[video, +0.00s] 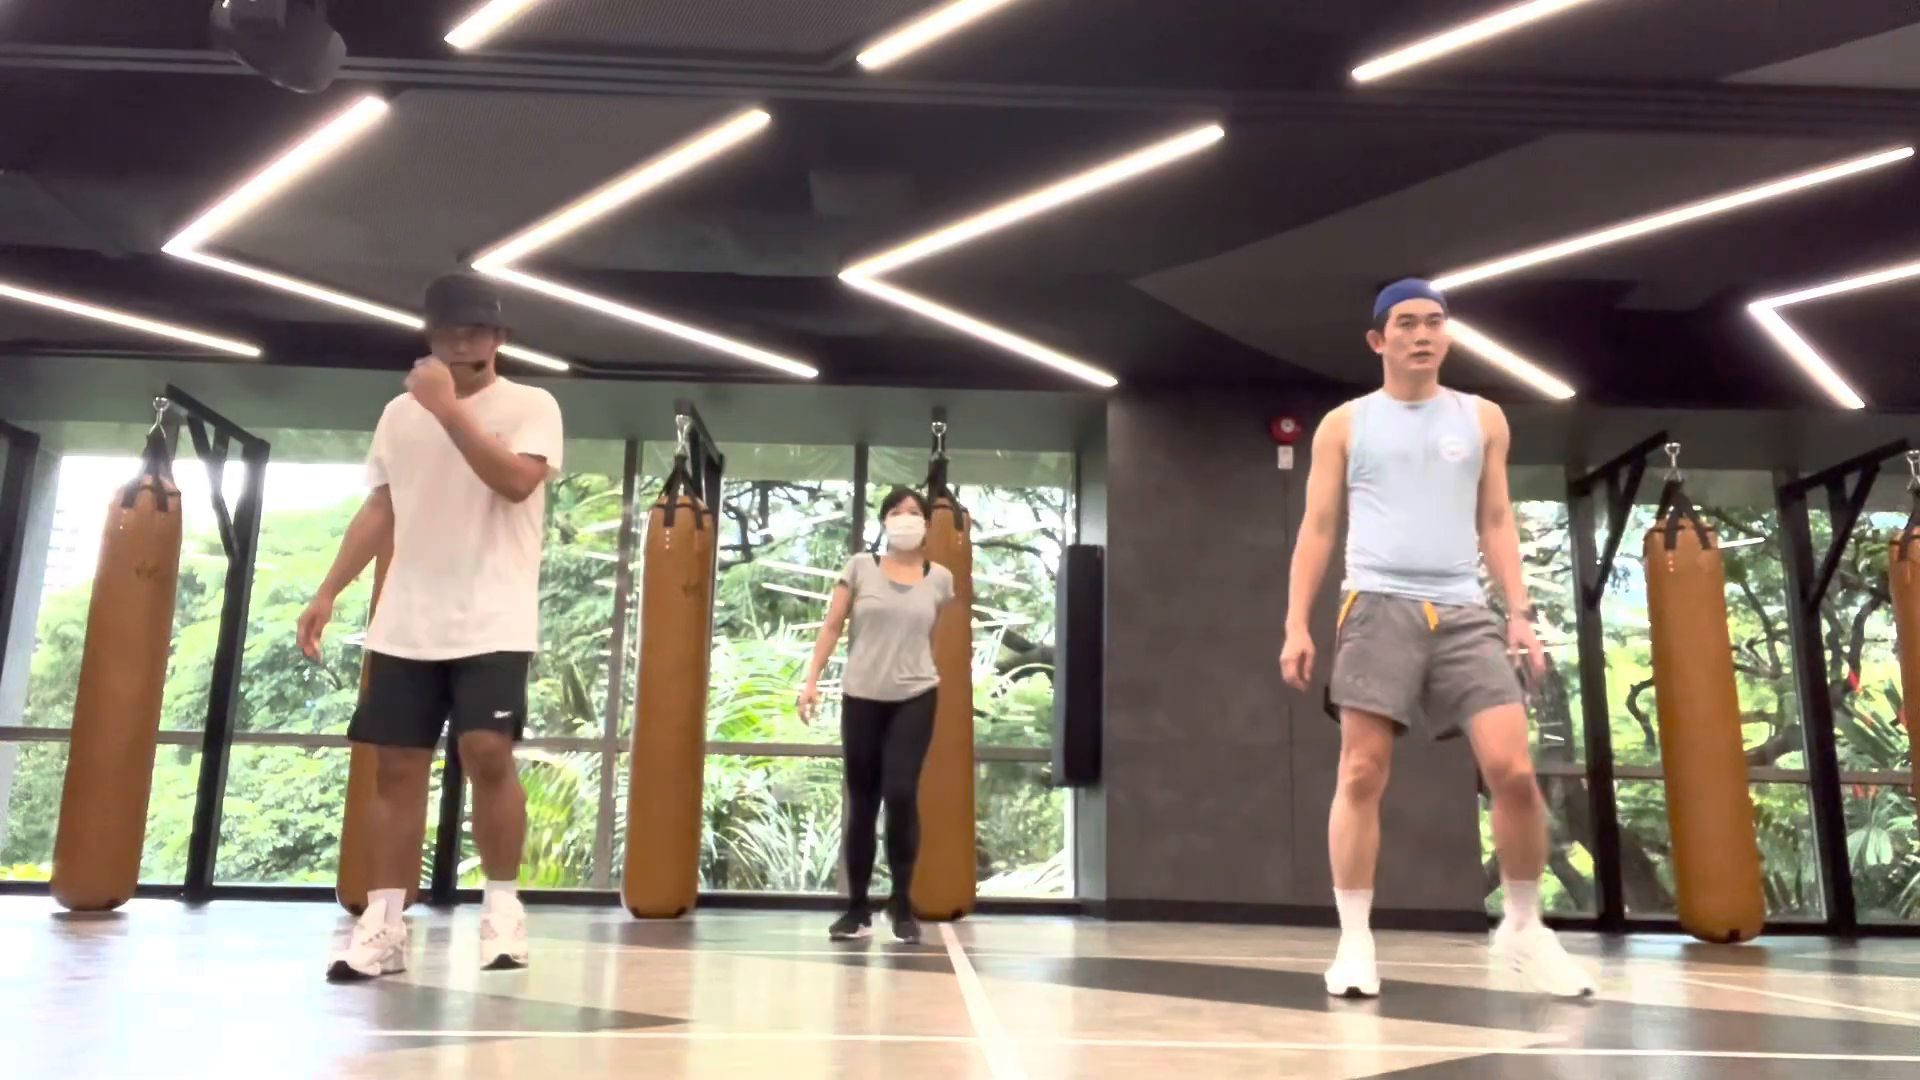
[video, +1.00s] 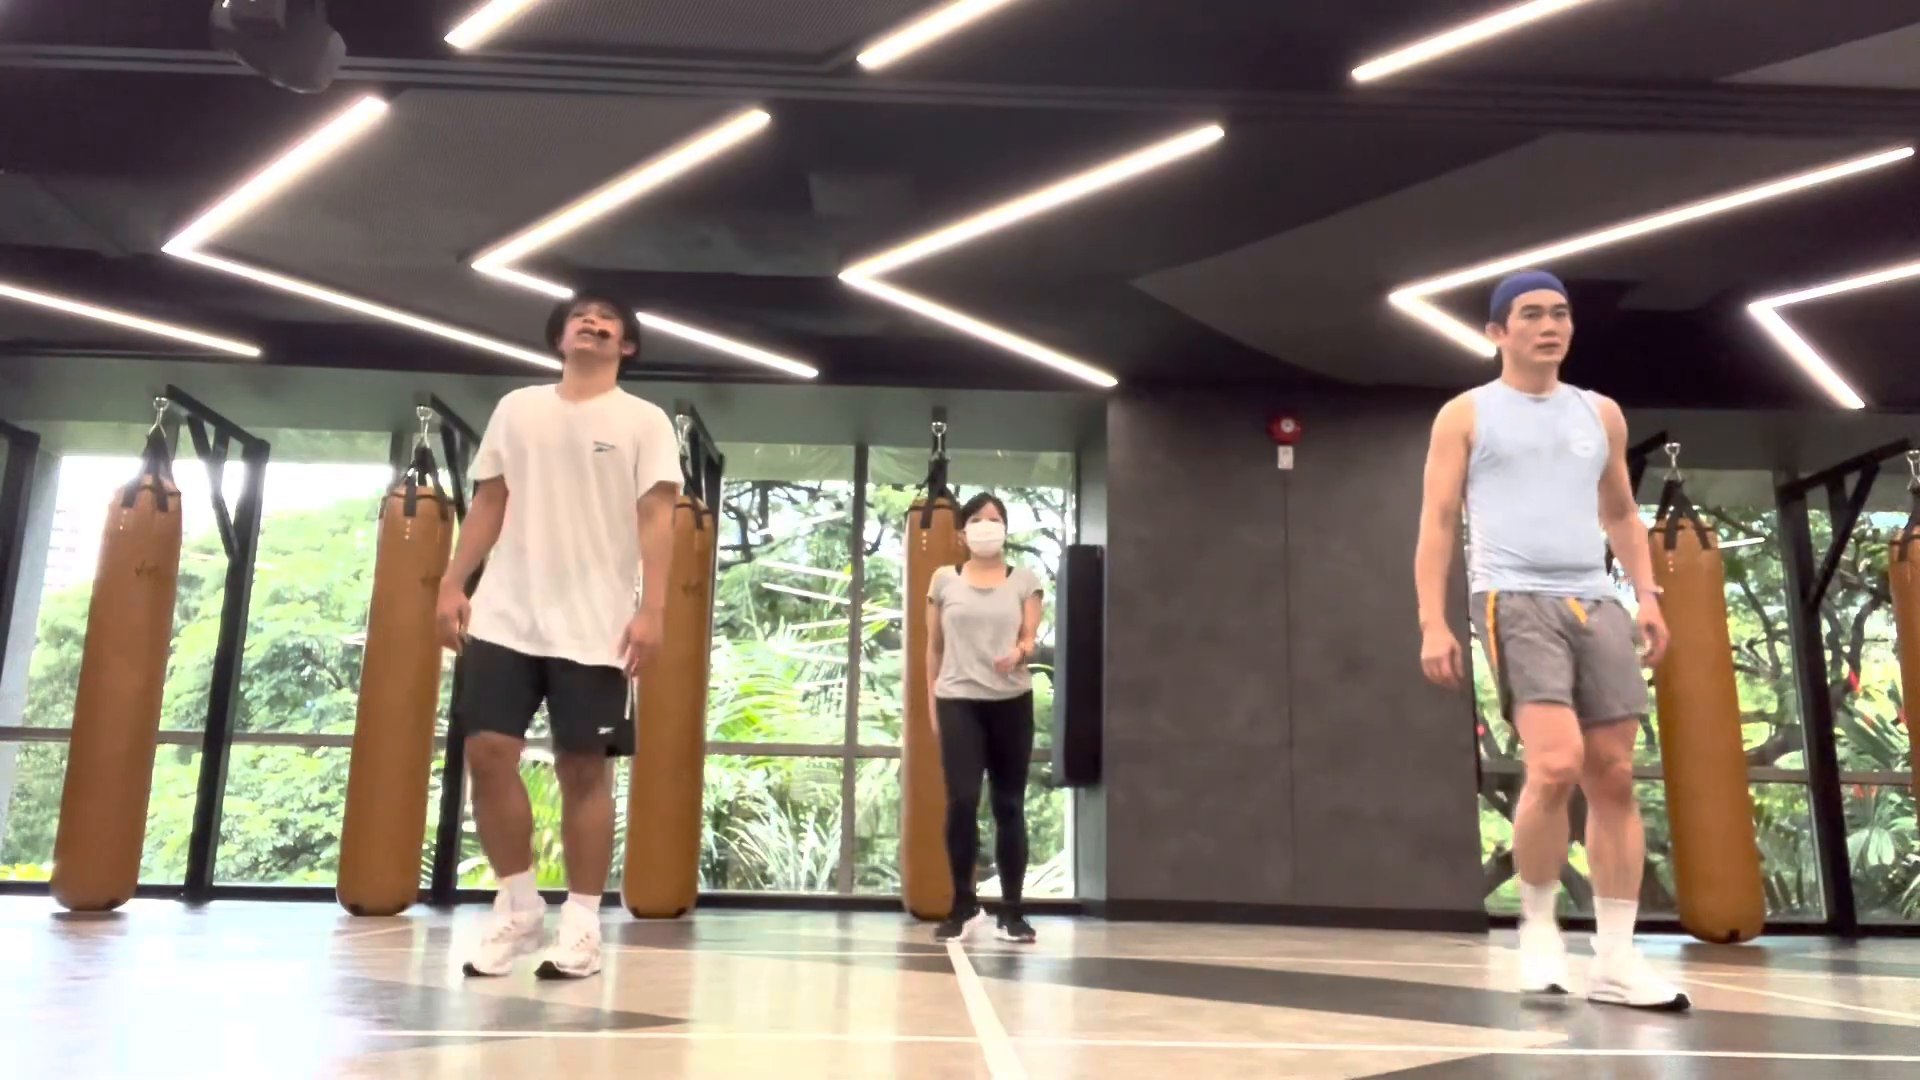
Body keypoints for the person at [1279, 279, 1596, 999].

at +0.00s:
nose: (1421, 334)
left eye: (1432, 323)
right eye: (1407, 323)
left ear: (1448, 337)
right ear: (1378, 340)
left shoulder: (1484, 420)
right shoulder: (1343, 425)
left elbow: (1497, 522)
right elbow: (1318, 526)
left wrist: (1520, 611)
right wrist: (1297, 621)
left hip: (1467, 617)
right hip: (1378, 615)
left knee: (1516, 774)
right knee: (1361, 772)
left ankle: (1522, 932)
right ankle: (1354, 945)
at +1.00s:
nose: (1548, 325)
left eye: (1558, 314)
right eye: (1531, 314)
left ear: (1571, 329)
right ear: (1499, 331)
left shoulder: (1602, 415)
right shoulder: (1465, 414)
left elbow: (1623, 514)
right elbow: (1438, 523)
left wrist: (1647, 594)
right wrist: (1433, 622)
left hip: (1602, 605)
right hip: (1518, 605)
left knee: (1615, 775)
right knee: (1557, 767)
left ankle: (1616, 960)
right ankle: (1538, 932)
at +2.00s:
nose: (1448, 351)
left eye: (1459, 338)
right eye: (1434, 337)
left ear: (1472, 346)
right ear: (1401, 344)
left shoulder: (1496, 423)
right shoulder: (1361, 427)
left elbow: (1507, 537)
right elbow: (1333, 531)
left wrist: (1517, 626)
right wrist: (1309, 628)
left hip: (1482, 614)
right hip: (1397, 611)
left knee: (1486, 774)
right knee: (1394, 776)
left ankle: (1455, 934)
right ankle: (1396, 944)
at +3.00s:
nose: (1551, 325)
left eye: (1557, 319)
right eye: (1531, 320)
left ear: (1572, 346)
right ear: (1502, 352)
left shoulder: (1604, 433)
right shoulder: (1472, 419)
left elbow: (1628, 532)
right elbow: (1446, 523)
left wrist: (1685, 537)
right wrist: (1447, 621)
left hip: (1595, 616)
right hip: (1515, 616)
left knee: (1607, 779)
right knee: (1544, 769)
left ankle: (1606, 953)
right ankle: (1540, 935)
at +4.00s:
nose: (1428, 331)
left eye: (1438, 323)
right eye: (1414, 320)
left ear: (1447, 339)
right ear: (1377, 333)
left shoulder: (1470, 417)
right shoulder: (1337, 418)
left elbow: (1478, 523)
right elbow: (1311, 524)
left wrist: (1478, 607)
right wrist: (1293, 622)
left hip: (1463, 612)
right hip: (1378, 612)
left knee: (1502, 761)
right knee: (1368, 776)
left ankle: (1454, 910)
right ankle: (1368, 942)